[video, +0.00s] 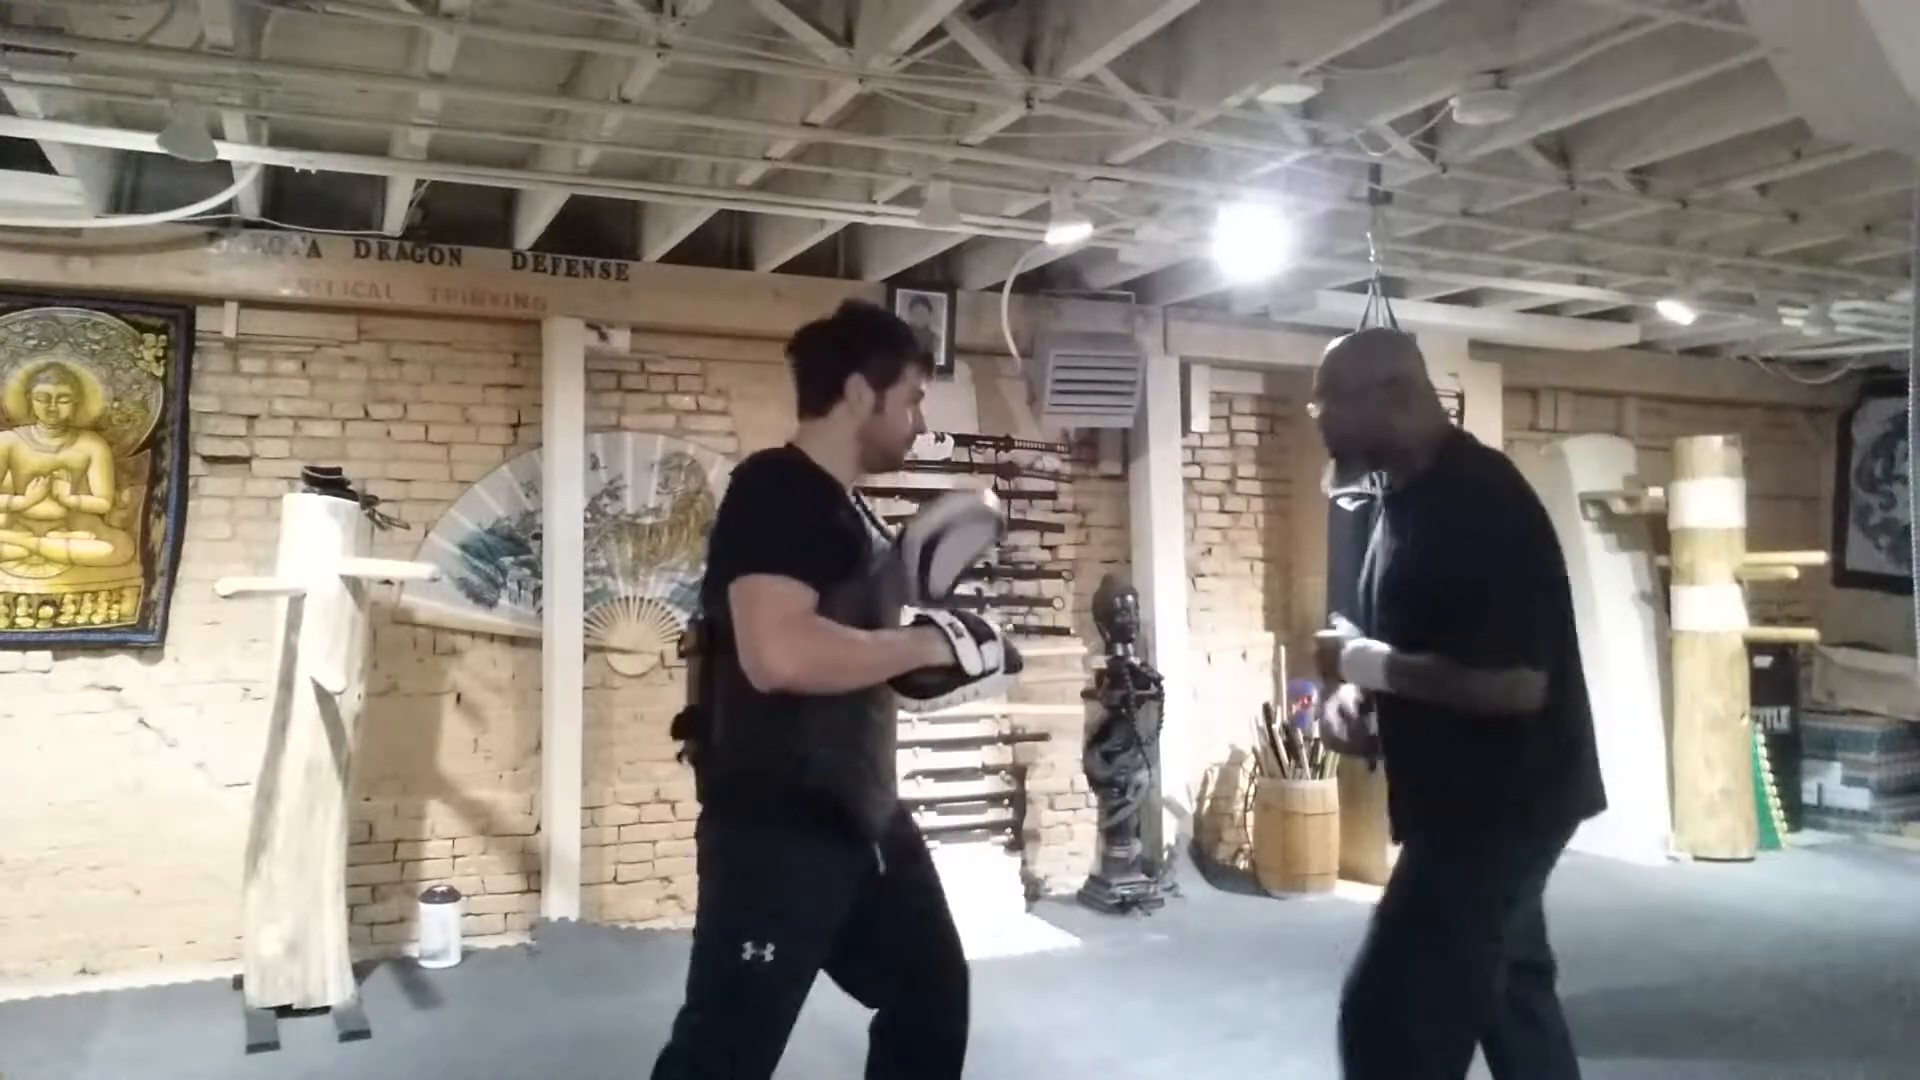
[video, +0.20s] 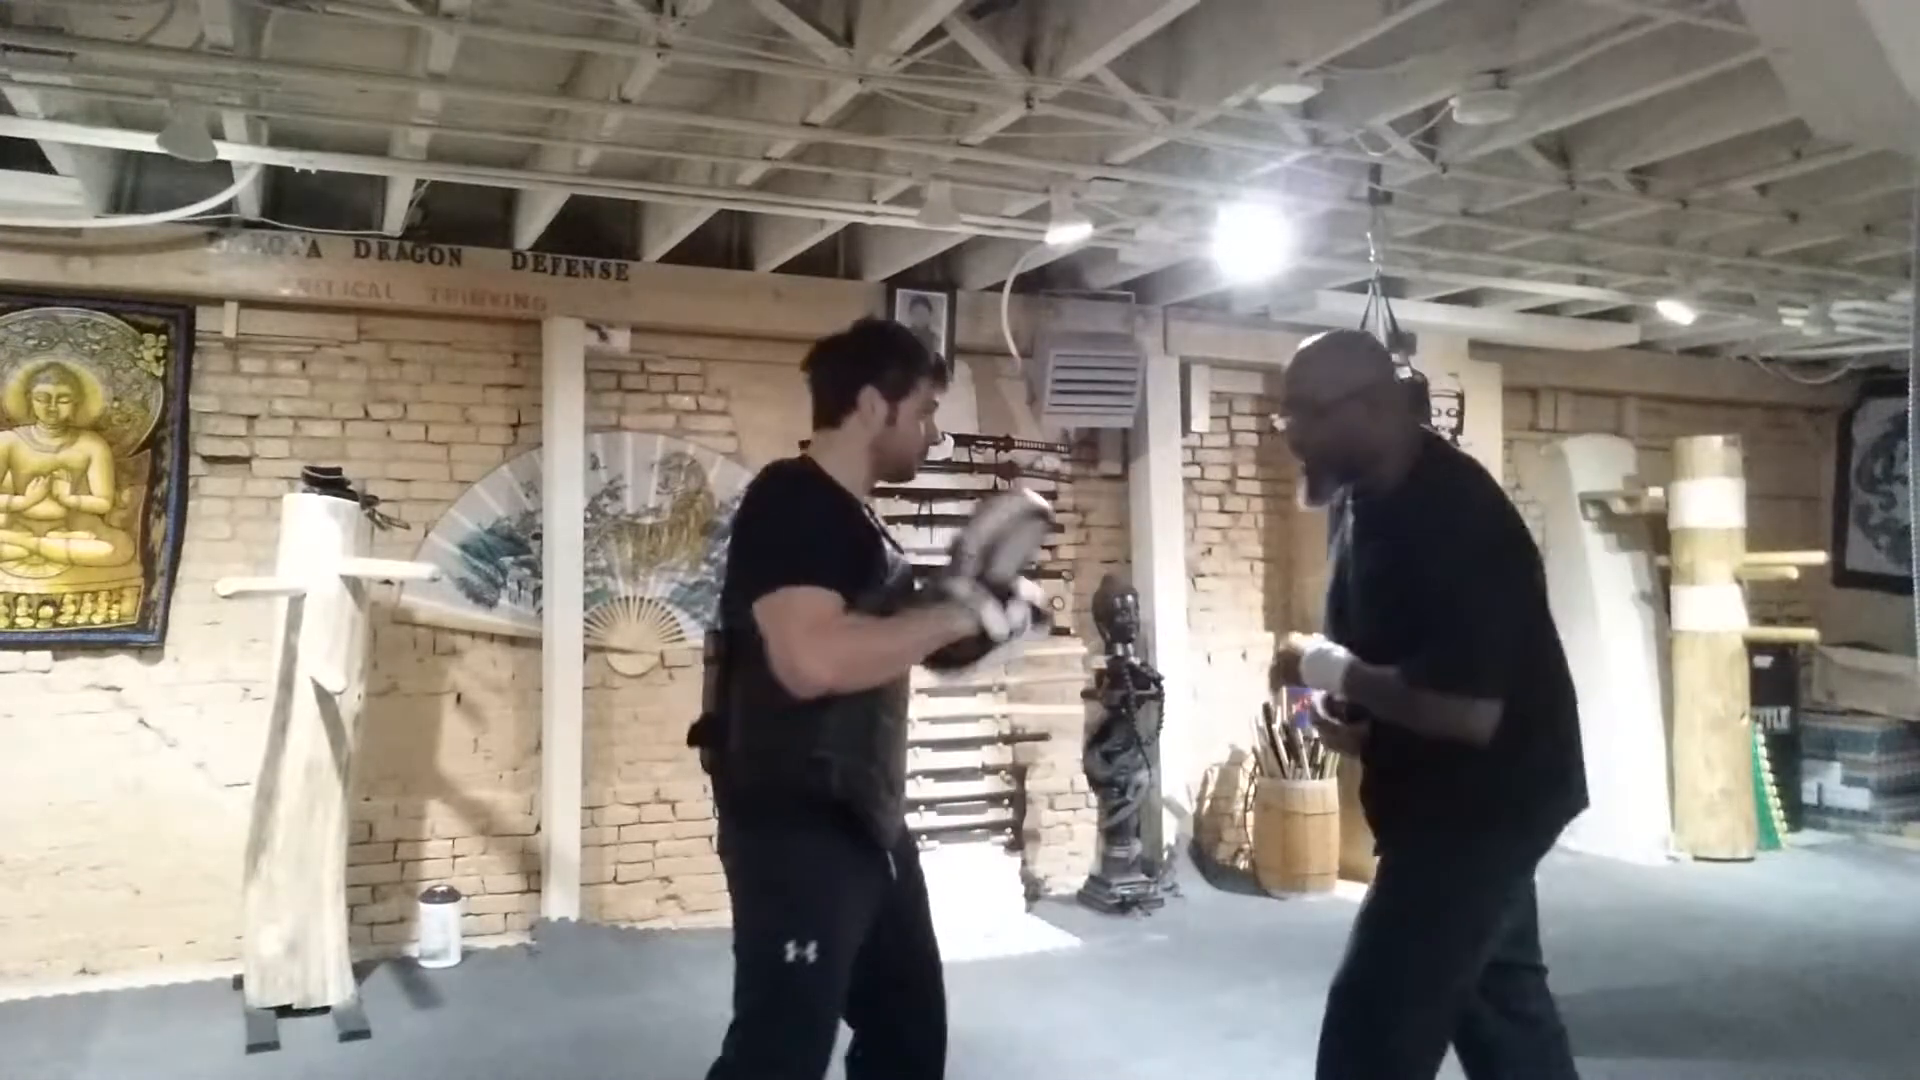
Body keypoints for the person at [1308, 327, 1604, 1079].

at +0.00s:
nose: (1320, 423)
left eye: (1329, 404)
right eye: (1319, 406)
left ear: (1391, 396)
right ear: (1394, 399)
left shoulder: (1482, 495)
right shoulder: (1406, 500)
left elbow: (1517, 681)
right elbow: (1425, 647)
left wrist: (1366, 665)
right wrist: (1359, 697)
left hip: (1504, 805)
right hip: (1457, 798)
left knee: (1390, 1022)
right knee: (1517, 1004)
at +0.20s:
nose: (1289, 433)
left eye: (1305, 411)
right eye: (1287, 413)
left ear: (1372, 407)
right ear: (1370, 411)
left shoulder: (1454, 509)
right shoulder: (1366, 503)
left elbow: (1473, 713)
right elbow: (1378, 653)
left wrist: (1337, 673)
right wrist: (1345, 705)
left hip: (1488, 804)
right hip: (1430, 794)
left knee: (1369, 1038)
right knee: (1508, 1021)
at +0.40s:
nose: (1270, 431)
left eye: (1286, 408)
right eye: (1265, 411)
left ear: (1351, 396)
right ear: (1338, 402)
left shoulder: (1434, 492)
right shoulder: (1346, 496)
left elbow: (1460, 691)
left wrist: (1322, 663)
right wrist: (1299, 691)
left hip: (1507, 790)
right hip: (1442, 786)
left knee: (1399, 1041)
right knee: (1475, 1002)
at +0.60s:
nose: (1310, 405)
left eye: (1329, 381)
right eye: (1306, 385)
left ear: (1396, 374)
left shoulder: (1471, 478)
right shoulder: (1348, 495)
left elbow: (1499, 658)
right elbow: (1301, 604)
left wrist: (1344, 617)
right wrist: (1317, 669)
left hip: (1502, 795)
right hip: (1431, 795)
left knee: (1408, 1028)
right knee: (1494, 1014)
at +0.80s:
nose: (1337, 403)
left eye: (1352, 383)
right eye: (1335, 386)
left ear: (1420, 377)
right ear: (1408, 384)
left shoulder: (1518, 489)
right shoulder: (1402, 492)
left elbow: (1552, 669)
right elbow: (1363, 618)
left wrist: (1378, 608)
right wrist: (1353, 659)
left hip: (1497, 803)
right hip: (1433, 796)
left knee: (1383, 1032)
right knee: (1514, 1018)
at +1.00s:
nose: (1357, 401)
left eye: (1370, 379)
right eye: (1355, 383)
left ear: (1439, 374)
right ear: (1434, 379)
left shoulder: (1520, 478)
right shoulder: (1434, 478)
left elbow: (1585, 645)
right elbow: (1457, 629)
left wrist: (1411, 652)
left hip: (1498, 798)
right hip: (1449, 789)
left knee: (1394, 1035)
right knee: (1517, 1022)